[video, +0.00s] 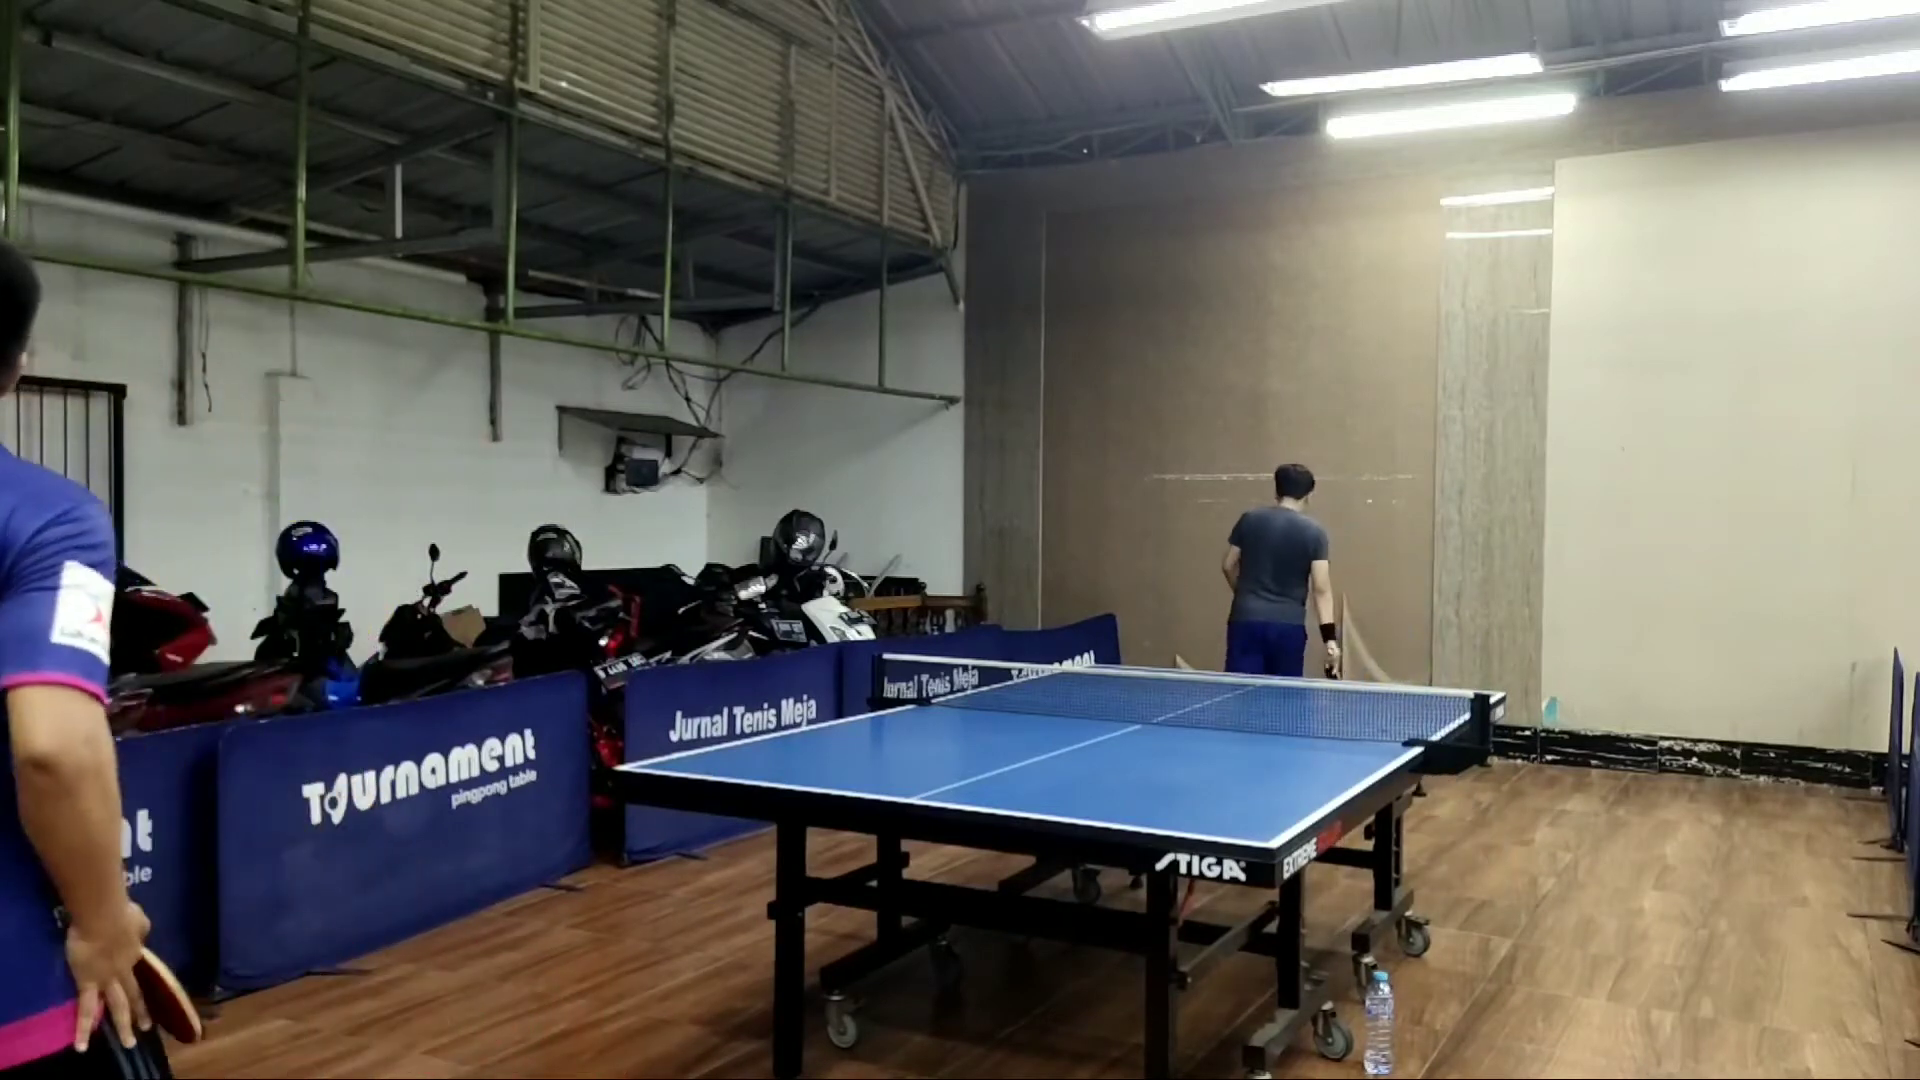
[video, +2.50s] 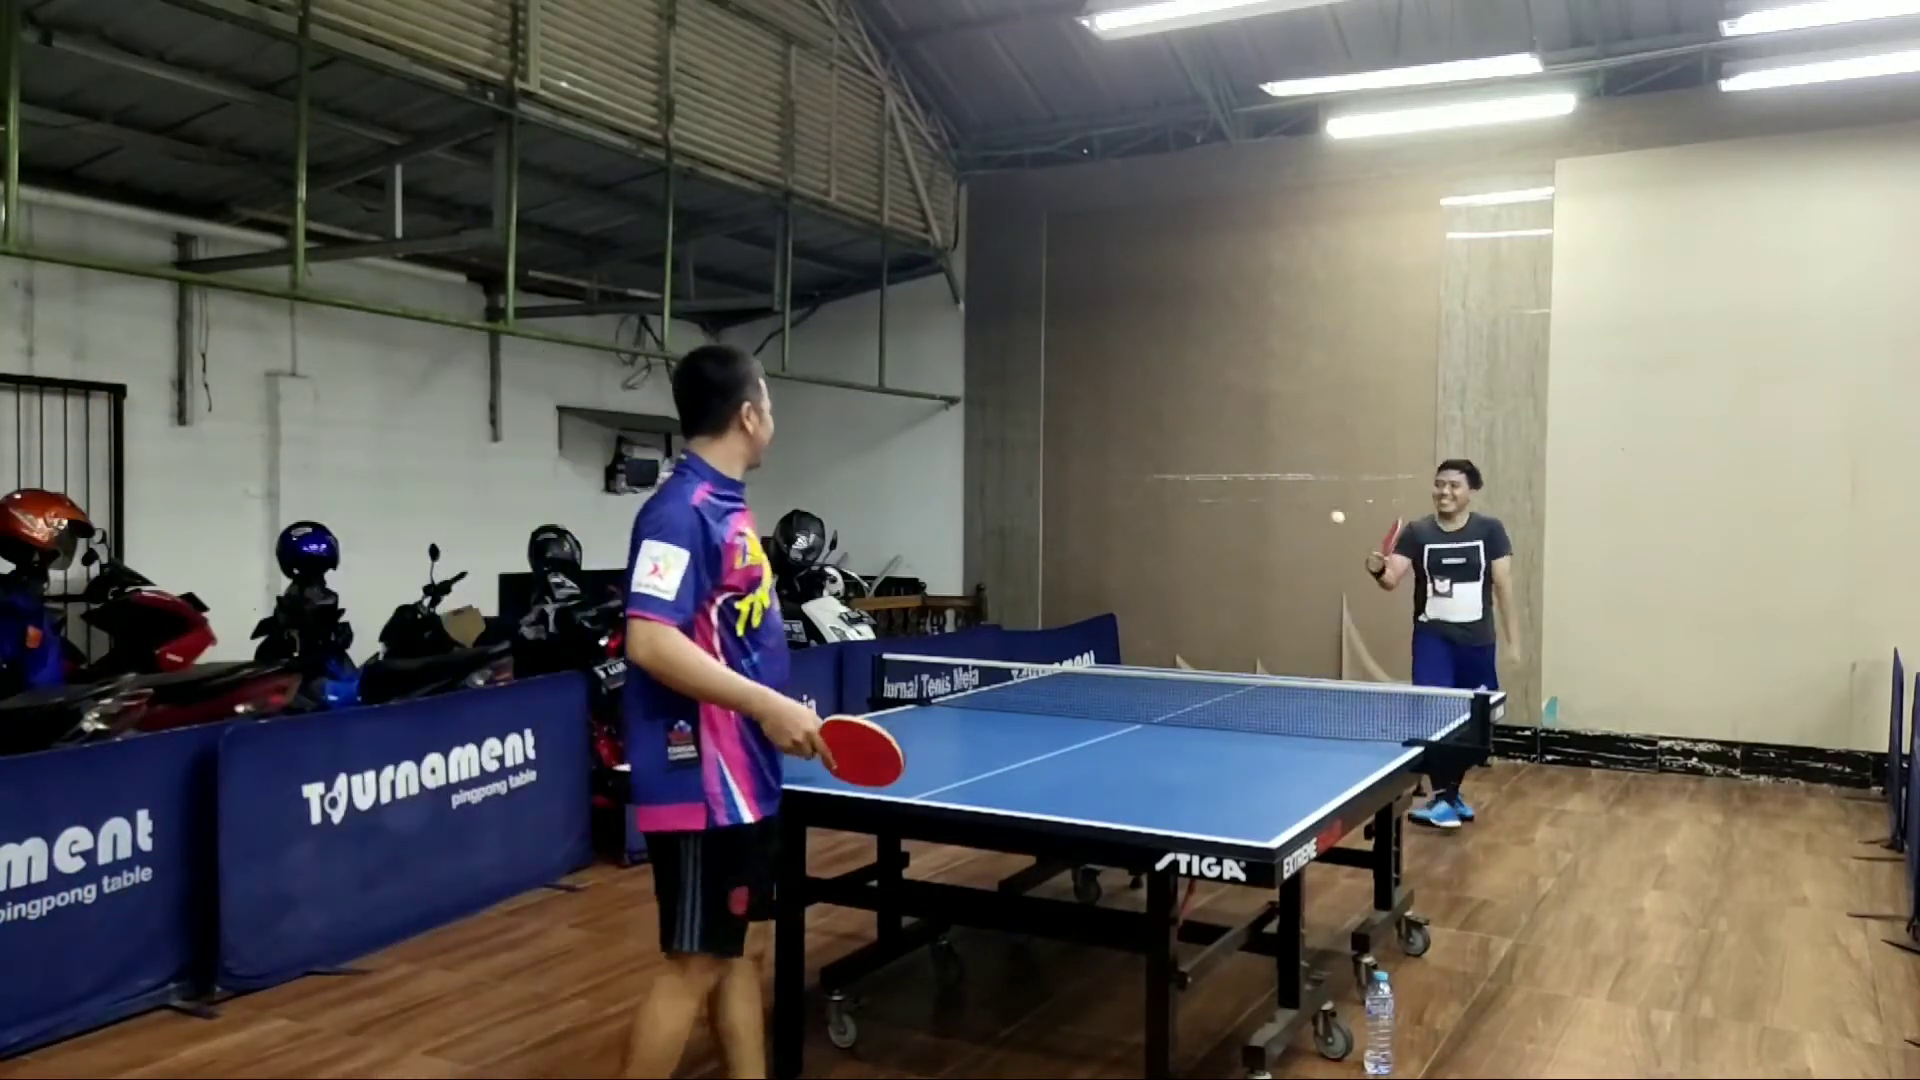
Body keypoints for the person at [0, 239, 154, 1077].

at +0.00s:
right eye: (26, 358)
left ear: (18, 363)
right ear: (18, 365)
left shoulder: (52, 515)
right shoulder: (48, 512)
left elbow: (52, 743)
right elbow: (50, 743)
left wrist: (101, 920)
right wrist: (103, 919)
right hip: (20, 1021)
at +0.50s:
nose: (39, 379)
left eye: (45, 364)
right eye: (47, 362)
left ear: (61, 375)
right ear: (177, 415)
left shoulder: (5, 491)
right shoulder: (199, 570)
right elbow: (202, 796)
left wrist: (225, 950)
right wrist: (229, 951)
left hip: (6, 966)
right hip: (123, 981)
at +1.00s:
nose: (358, 419)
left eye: (358, 399)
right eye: (356, 398)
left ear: (247, 394)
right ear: (334, 405)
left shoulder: (132, 512)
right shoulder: (350, 534)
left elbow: (79, 691)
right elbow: (392, 720)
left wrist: (57, 838)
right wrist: (449, 764)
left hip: (153, 886)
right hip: (279, 900)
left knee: (195, 1061)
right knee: (285, 1065)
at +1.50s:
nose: (502, 409)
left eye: (499, 393)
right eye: (486, 394)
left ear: (425, 408)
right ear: (429, 407)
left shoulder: (358, 496)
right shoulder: (422, 505)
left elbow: (342, 658)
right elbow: (390, 657)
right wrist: (417, 813)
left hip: (348, 808)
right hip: (445, 809)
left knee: (337, 1002)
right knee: (539, 968)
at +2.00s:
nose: (667, 420)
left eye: (665, 404)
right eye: (663, 405)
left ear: (581, 414)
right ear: (639, 416)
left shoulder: (554, 502)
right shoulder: (600, 522)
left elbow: (573, 648)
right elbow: (597, 676)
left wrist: (653, 711)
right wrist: (678, 799)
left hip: (567, 782)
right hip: (602, 797)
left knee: (613, 948)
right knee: (625, 968)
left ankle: (528, 1068)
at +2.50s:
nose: (770, 418)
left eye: (766, 403)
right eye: (767, 404)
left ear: (699, 413)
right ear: (749, 413)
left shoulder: (723, 505)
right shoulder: (678, 511)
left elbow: (713, 641)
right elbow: (649, 640)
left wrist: (781, 713)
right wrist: (766, 703)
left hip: (736, 773)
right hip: (692, 782)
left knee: (738, 953)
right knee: (693, 963)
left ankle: (750, 1074)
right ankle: (641, 1074)